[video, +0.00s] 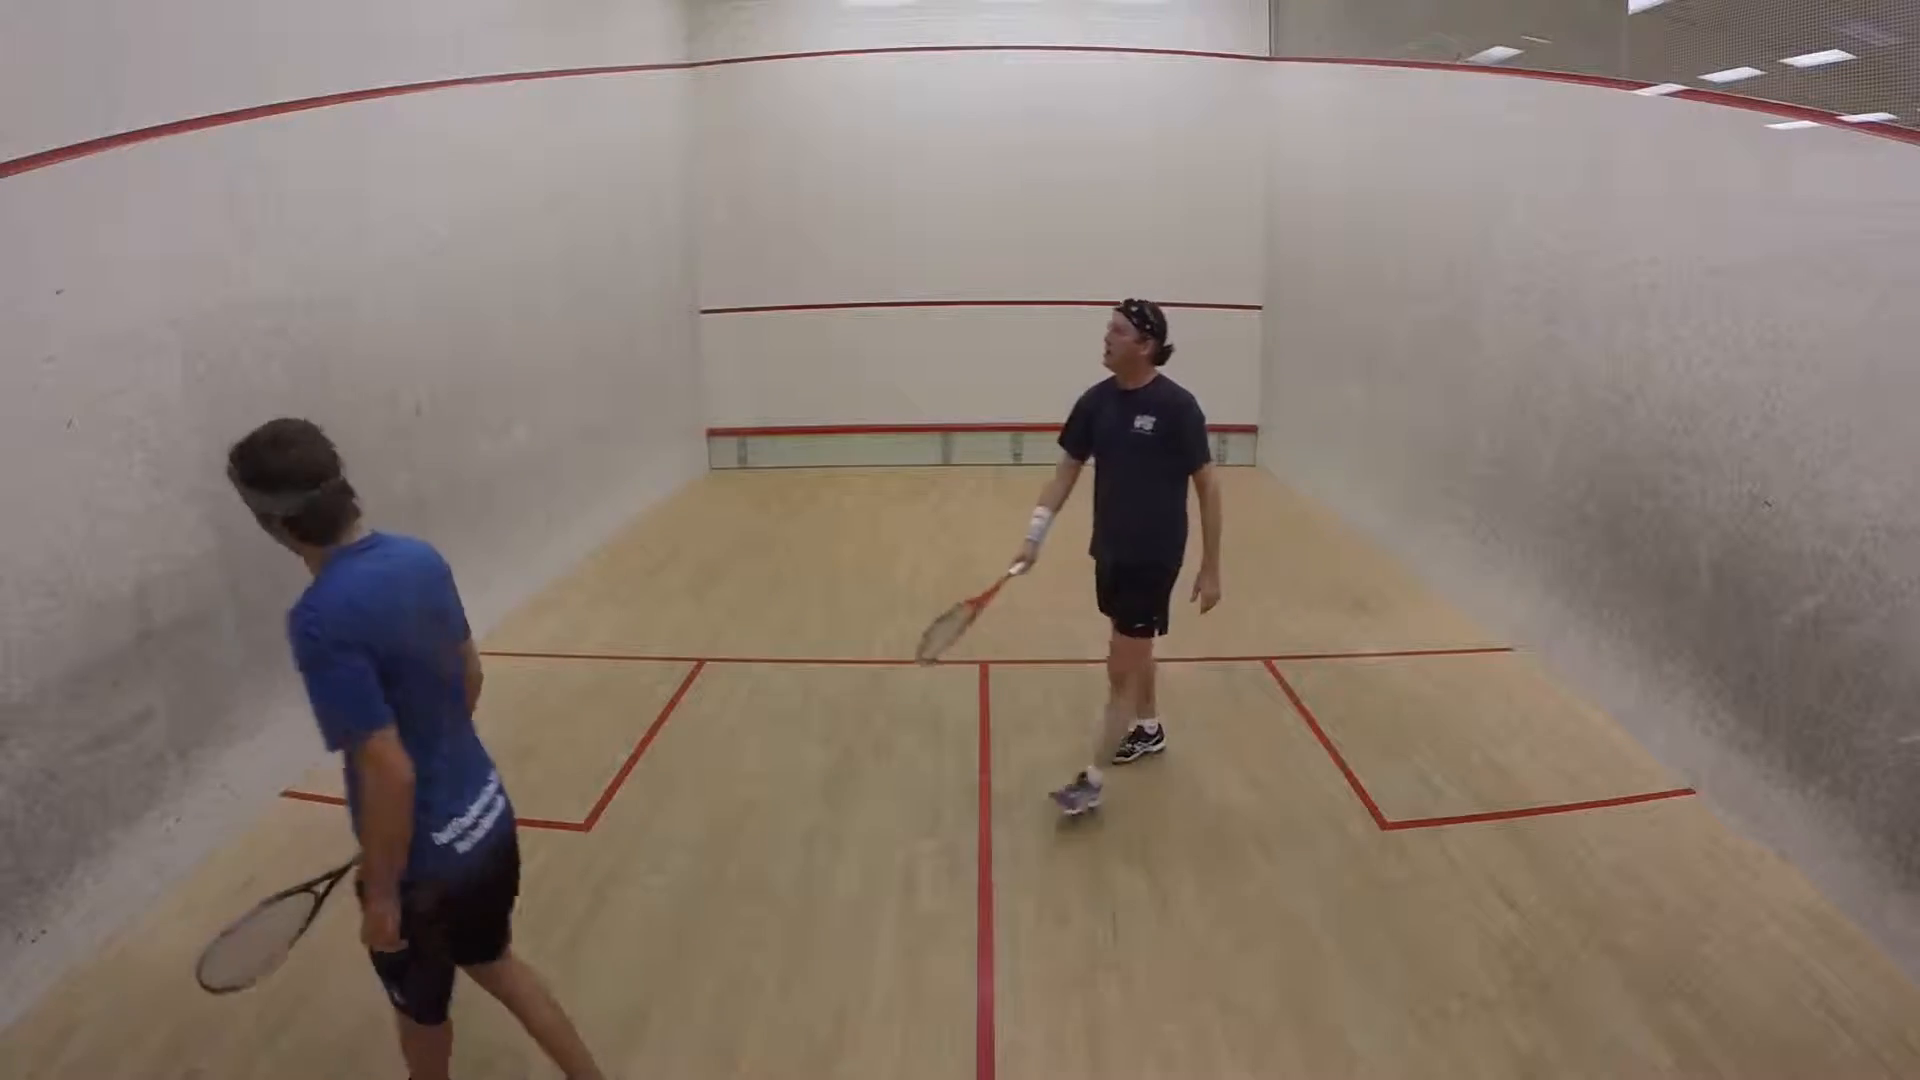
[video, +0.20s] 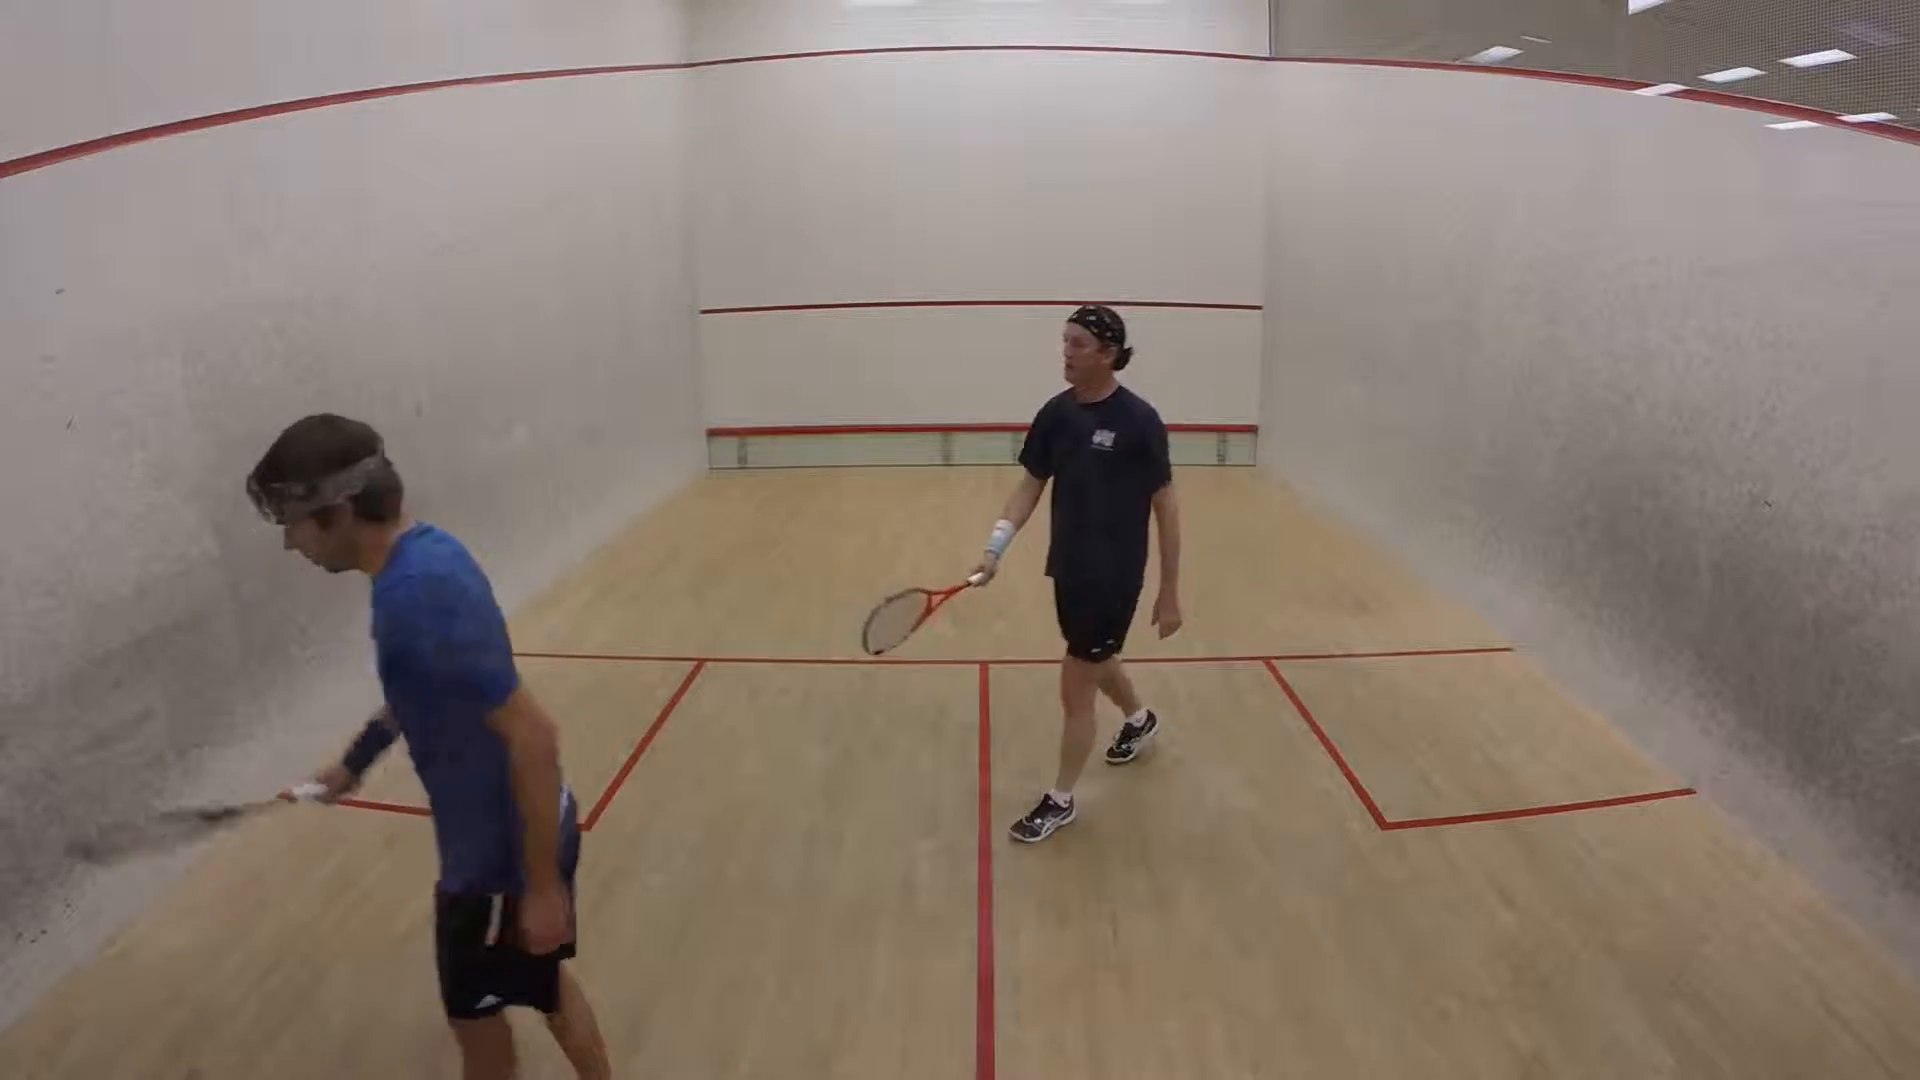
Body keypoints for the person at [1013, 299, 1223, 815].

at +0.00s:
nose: (1106, 338)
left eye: (1118, 333)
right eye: (1108, 329)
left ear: (1147, 346)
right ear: (1122, 342)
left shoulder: (1178, 407)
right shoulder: (1096, 401)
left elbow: (1207, 486)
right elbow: (1065, 472)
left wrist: (1210, 567)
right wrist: (1033, 536)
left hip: (1155, 552)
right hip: (1108, 546)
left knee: (1121, 667)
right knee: (1133, 643)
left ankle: (1093, 779)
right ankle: (1147, 726)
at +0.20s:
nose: (1066, 353)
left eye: (1078, 345)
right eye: (1065, 342)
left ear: (1110, 355)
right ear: (1067, 348)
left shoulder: (1141, 423)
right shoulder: (1056, 414)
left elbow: (1166, 509)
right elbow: (1029, 485)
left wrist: (1169, 593)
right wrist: (994, 549)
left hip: (1115, 574)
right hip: (1067, 567)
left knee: (1076, 689)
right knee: (1094, 657)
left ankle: (1061, 798)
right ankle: (1139, 718)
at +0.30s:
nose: (1043, 349)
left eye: (1055, 341)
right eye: (1041, 339)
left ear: (1089, 348)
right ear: (1042, 343)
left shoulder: (1120, 419)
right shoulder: (1034, 410)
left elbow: (1140, 513)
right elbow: (1016, 488)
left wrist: (1136, 600)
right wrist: (985, 557)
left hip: (1094, 578)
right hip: (1041, 571)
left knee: (1073, 691)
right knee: (1038, 673)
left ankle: (1061, 799)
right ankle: (1107, 712)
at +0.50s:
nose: (988, 356)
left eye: (998, 346)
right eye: (985, 345)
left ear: (1034, 348)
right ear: (991, 348)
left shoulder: (1072, 420)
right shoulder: (990, 414)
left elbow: (1086, 529)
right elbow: (984, 494)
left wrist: (1046, 611)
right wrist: (972, 561)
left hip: (1053, 584)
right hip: (994, 574)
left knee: (1056, 701)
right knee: (954, 688)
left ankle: (1060, 798)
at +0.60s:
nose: (952, 365)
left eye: (963, 356)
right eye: (949, 355)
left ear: (1001, 356)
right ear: (953, 357)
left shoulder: (1041, 429)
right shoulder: (964, 424)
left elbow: (1055, 538)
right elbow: (966, 514)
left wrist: (1002, 620)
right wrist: (959, 591)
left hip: (1028, 594)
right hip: (968, 586)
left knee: (1042, 708)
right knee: (932, 705)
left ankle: (1058, 799)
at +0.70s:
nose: (914, 377)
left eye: (923, 366)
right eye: (911, 366)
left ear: (961, 366)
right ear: (926, 368)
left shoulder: (1004, 438)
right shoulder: (930, 436)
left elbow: (1025, 550)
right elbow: (937, 530)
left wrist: (970, 635)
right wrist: (928, 605)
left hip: (1000, 604)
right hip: (937, 598)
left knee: (1020, 716)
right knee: (902, 724)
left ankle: (1056, 795)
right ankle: (877, 849)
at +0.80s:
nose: (869, 381)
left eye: (880, 369)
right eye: (867, 369)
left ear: (920, 369)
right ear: (887, 373)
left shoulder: (962, 442)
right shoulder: (895, 437)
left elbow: (993, 552)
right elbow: (903, 532)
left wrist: (951, 649)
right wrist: (887, 606)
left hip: (958, 617)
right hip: (897, 607)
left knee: (981, 737)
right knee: (865, 731)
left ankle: (1043, 790)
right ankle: (866, 854)